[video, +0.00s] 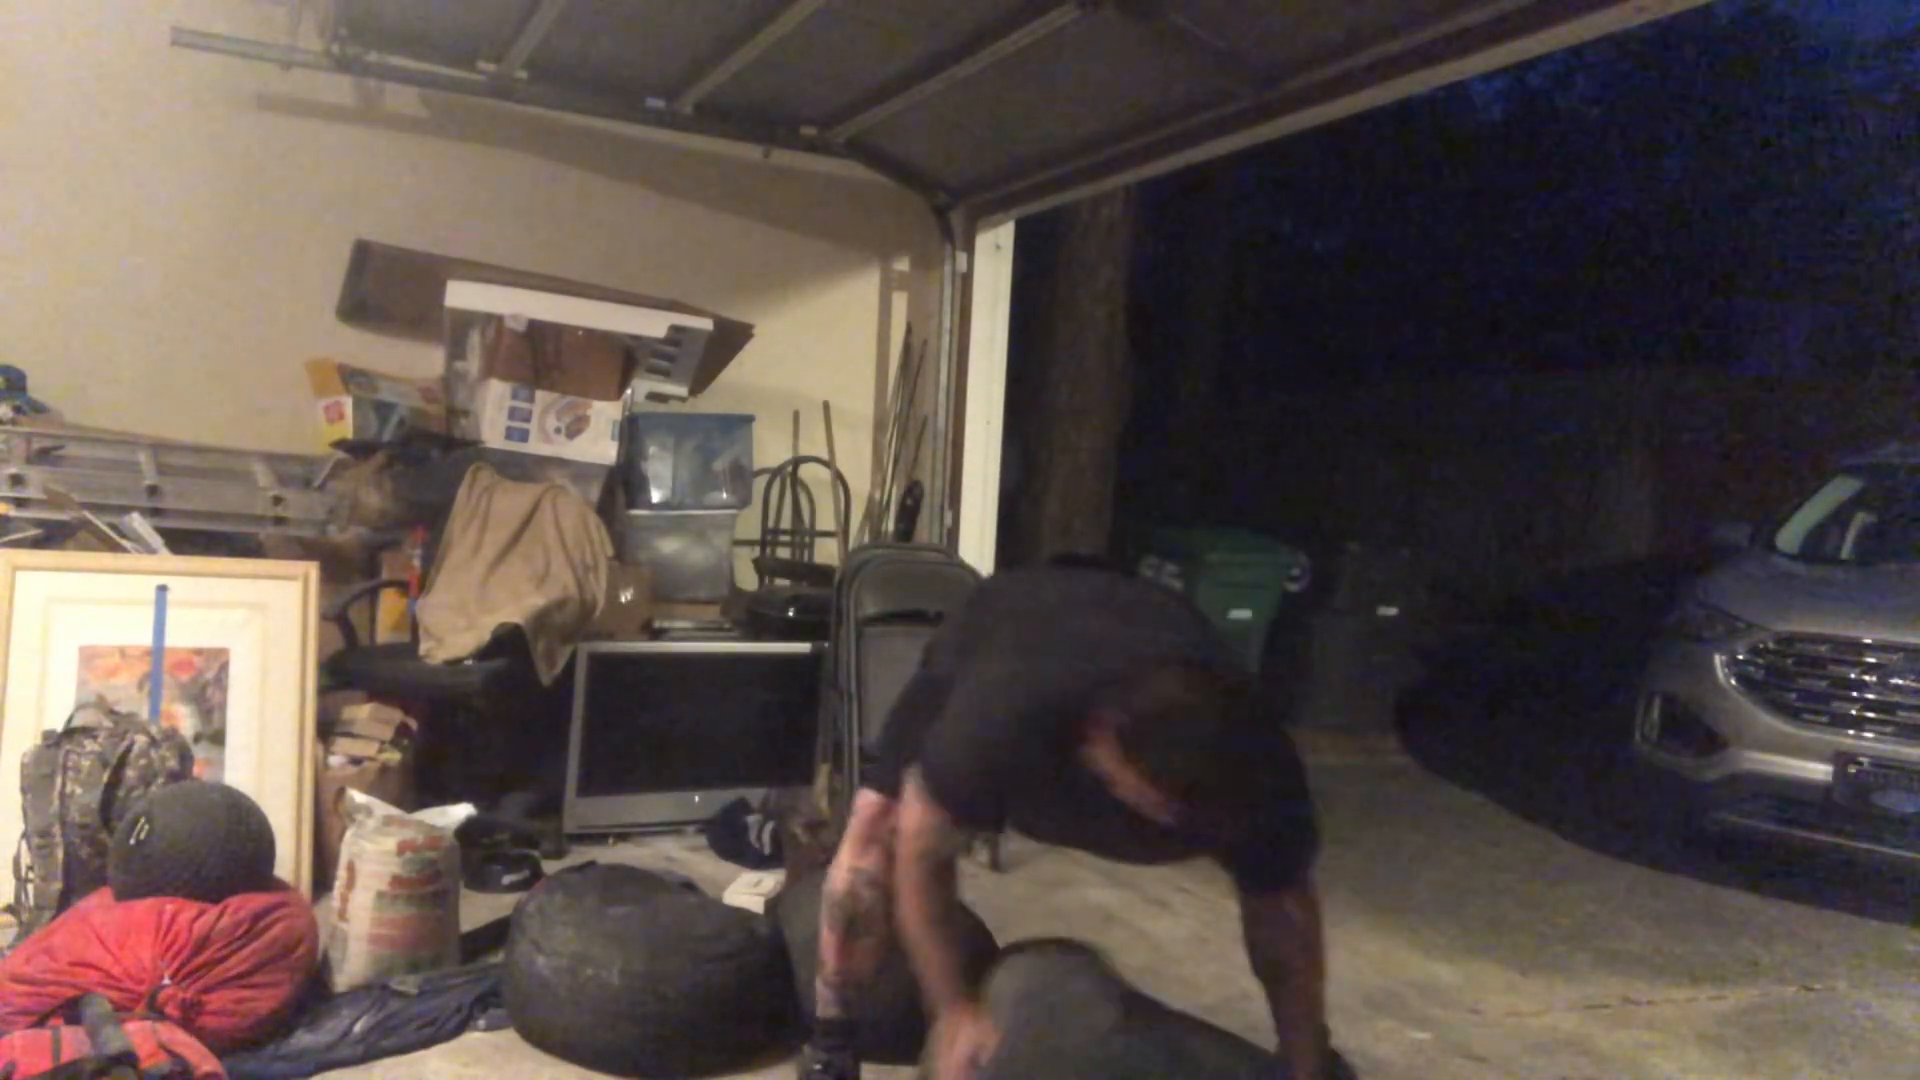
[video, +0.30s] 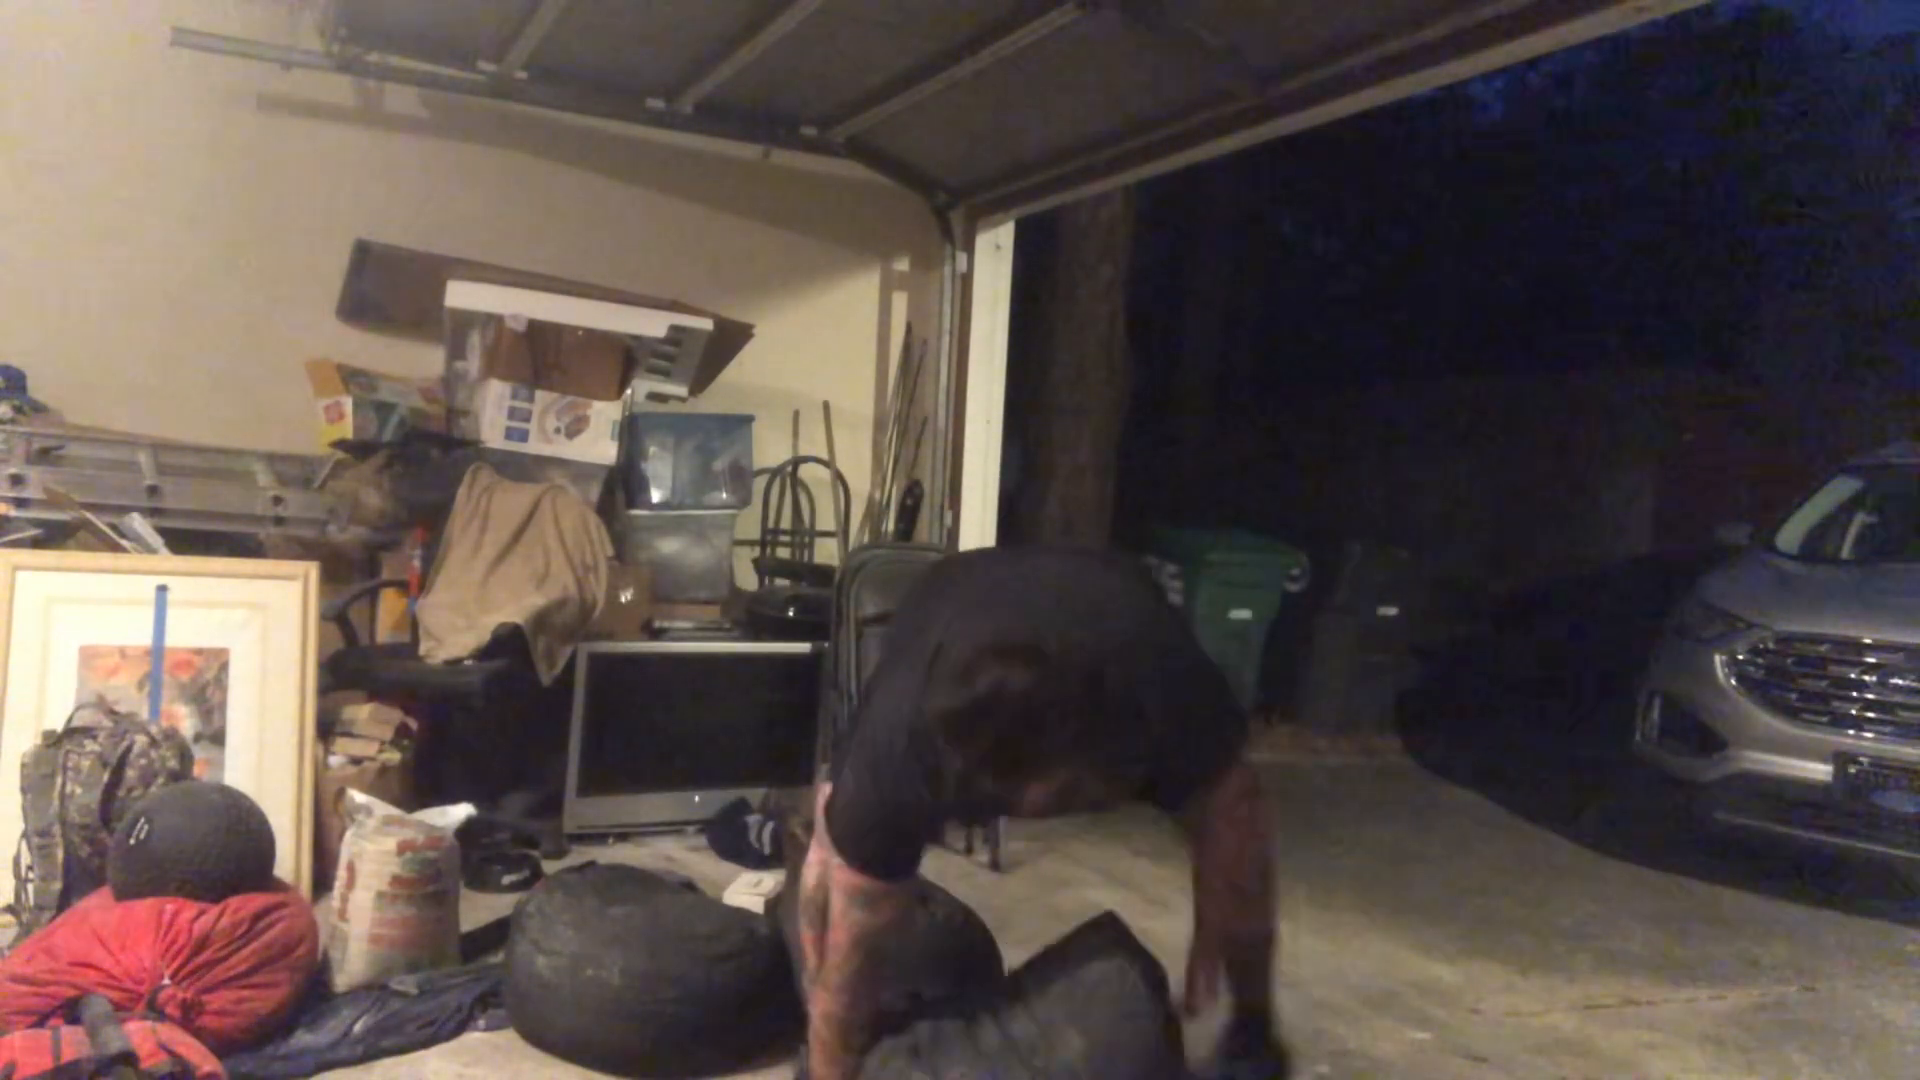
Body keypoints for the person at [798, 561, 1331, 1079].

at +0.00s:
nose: (1171, 823)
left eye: (1190, 813)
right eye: (1154, 804)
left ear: (1225, 770)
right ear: (1104, 744)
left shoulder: (1253, 758)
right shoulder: (1004, 709)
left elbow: (1285, 910)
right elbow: (915, 852)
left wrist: (1303, 1057)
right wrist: (952, 1009)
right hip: (988, 648)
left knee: (1273, 882)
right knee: (858, 880)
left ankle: (1310, 1052)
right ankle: (831, 1049)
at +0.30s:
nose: (1035, 805)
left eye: (1055, 785)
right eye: (1009, 790)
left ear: (1087, 739)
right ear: (960, 747)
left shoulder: (1164, 681)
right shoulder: (902, 736)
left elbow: (1236, 807)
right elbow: (858, 910)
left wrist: (1210, 938)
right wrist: (832, 1063)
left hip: (1115, 599)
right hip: (937, 615)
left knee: (1239, 844)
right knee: (825, 875)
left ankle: (1250, 1027)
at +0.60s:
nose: (1096, 873)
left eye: (1116, 859)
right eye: (1081, 857)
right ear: (1045, 785)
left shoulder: (1227, 769)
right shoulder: (966, 765)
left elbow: (1233, 944)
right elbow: (889, 952)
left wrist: (1235, 1063)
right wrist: (854, 1065)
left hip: (1141, 596)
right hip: (968, 600)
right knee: (855, 830)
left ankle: (1239, 1054)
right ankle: (831, 1041)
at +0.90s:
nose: (1152, 849)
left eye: (1169, 837)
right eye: (1135, 833)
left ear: (1211, 789)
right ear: (1092, 778)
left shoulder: (1242, 784)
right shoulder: (993, 732)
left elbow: (1253, 950)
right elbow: (904, 881)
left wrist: (1257, 1070)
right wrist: (893, 1044)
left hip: (1117, 610)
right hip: (956, 619)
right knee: (841, 847)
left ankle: (1254, 1066)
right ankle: (804, 1030)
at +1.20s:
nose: (1120, 779)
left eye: (1139, 763)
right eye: (1104, 757)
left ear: (1178, 721)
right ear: (1068, 709)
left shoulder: (1216, 722)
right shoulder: (969, 697)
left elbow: (1230, 888)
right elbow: (903, 876)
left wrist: (1237, 1051)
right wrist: (887, 1051)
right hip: (961, 617)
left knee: (1217, 870)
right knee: (856, 846)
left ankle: (1237, 1055)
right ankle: (823, 1037)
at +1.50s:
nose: (1118, 717)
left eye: (1135, 702)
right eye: (1102, 698)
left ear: (1176, 665)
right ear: (1064, 658)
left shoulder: (1223, 662)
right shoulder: (967, 628)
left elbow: (1236, 818)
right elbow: (889, 770)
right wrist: (896, 924)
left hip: (1148, 753)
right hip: (979, 733)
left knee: (1227, 872)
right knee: (860, 869)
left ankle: (1234, 1031)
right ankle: (827, 1036)